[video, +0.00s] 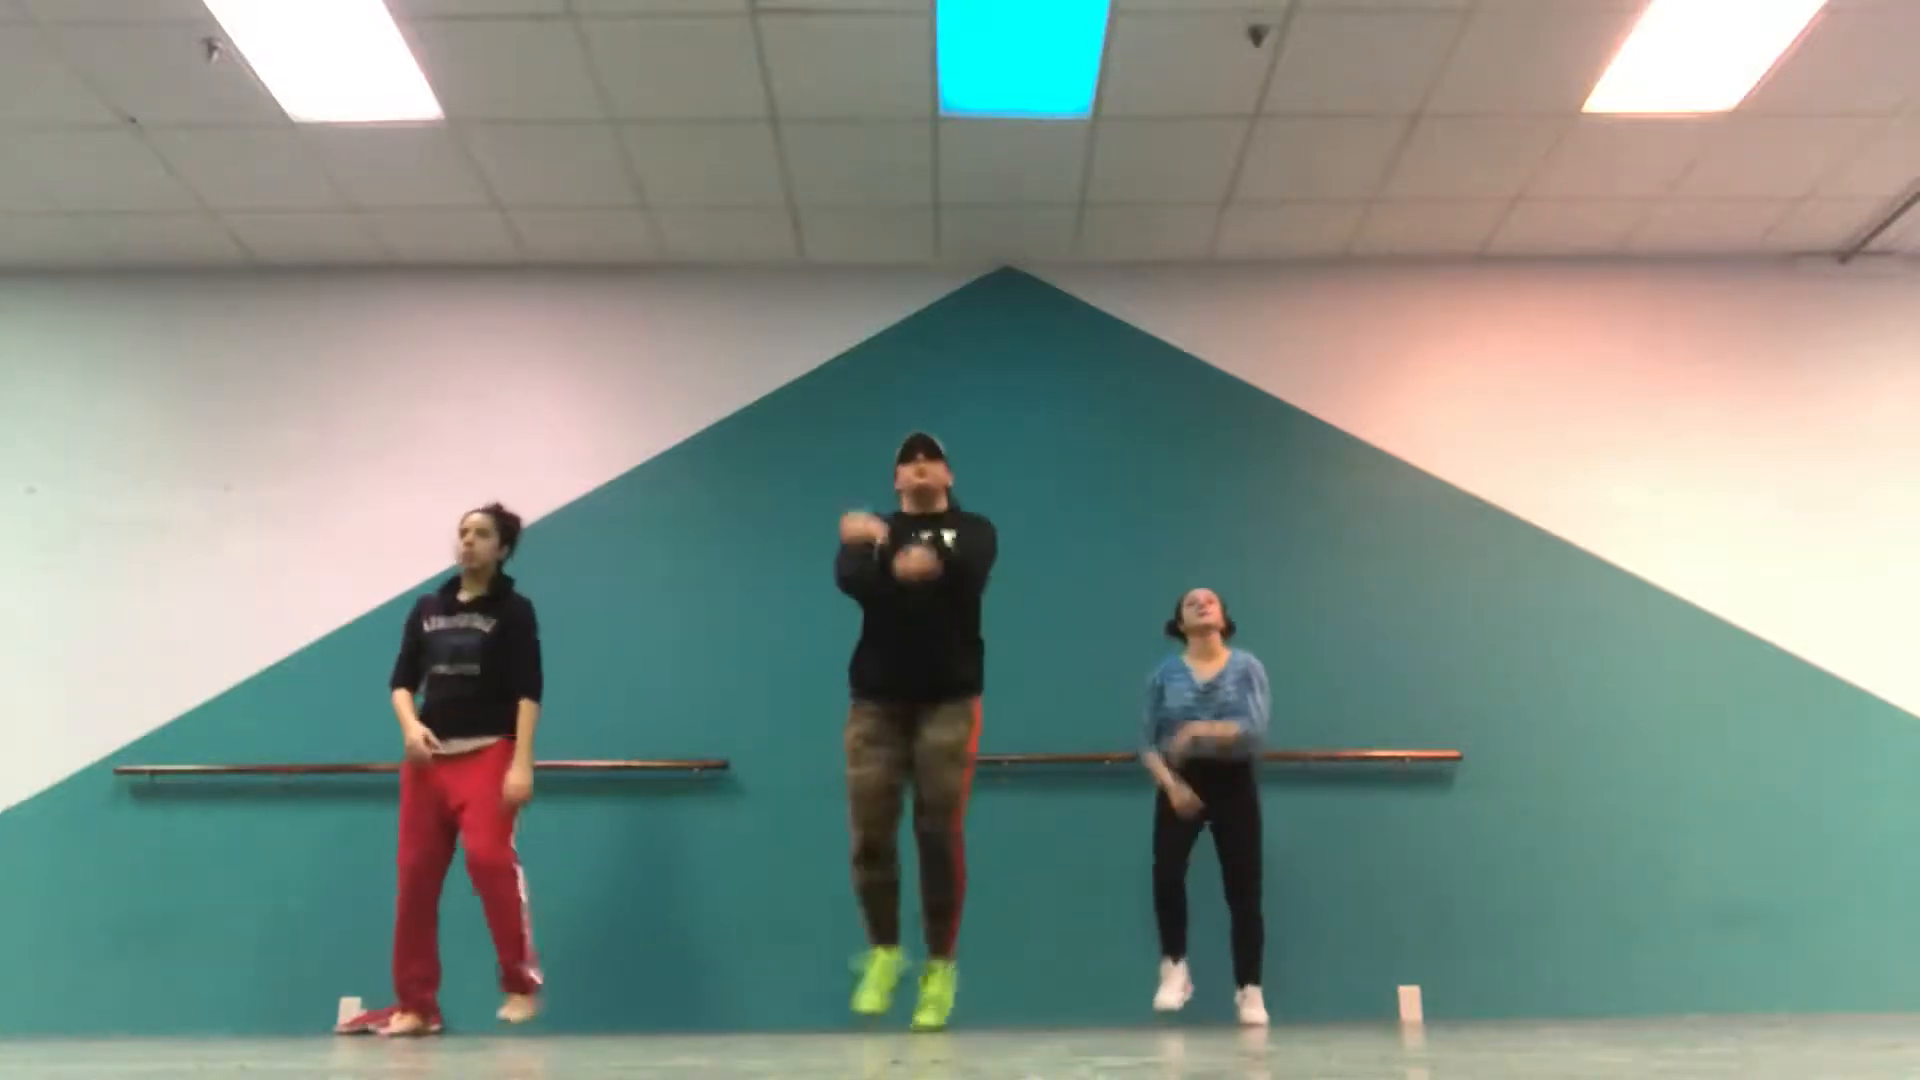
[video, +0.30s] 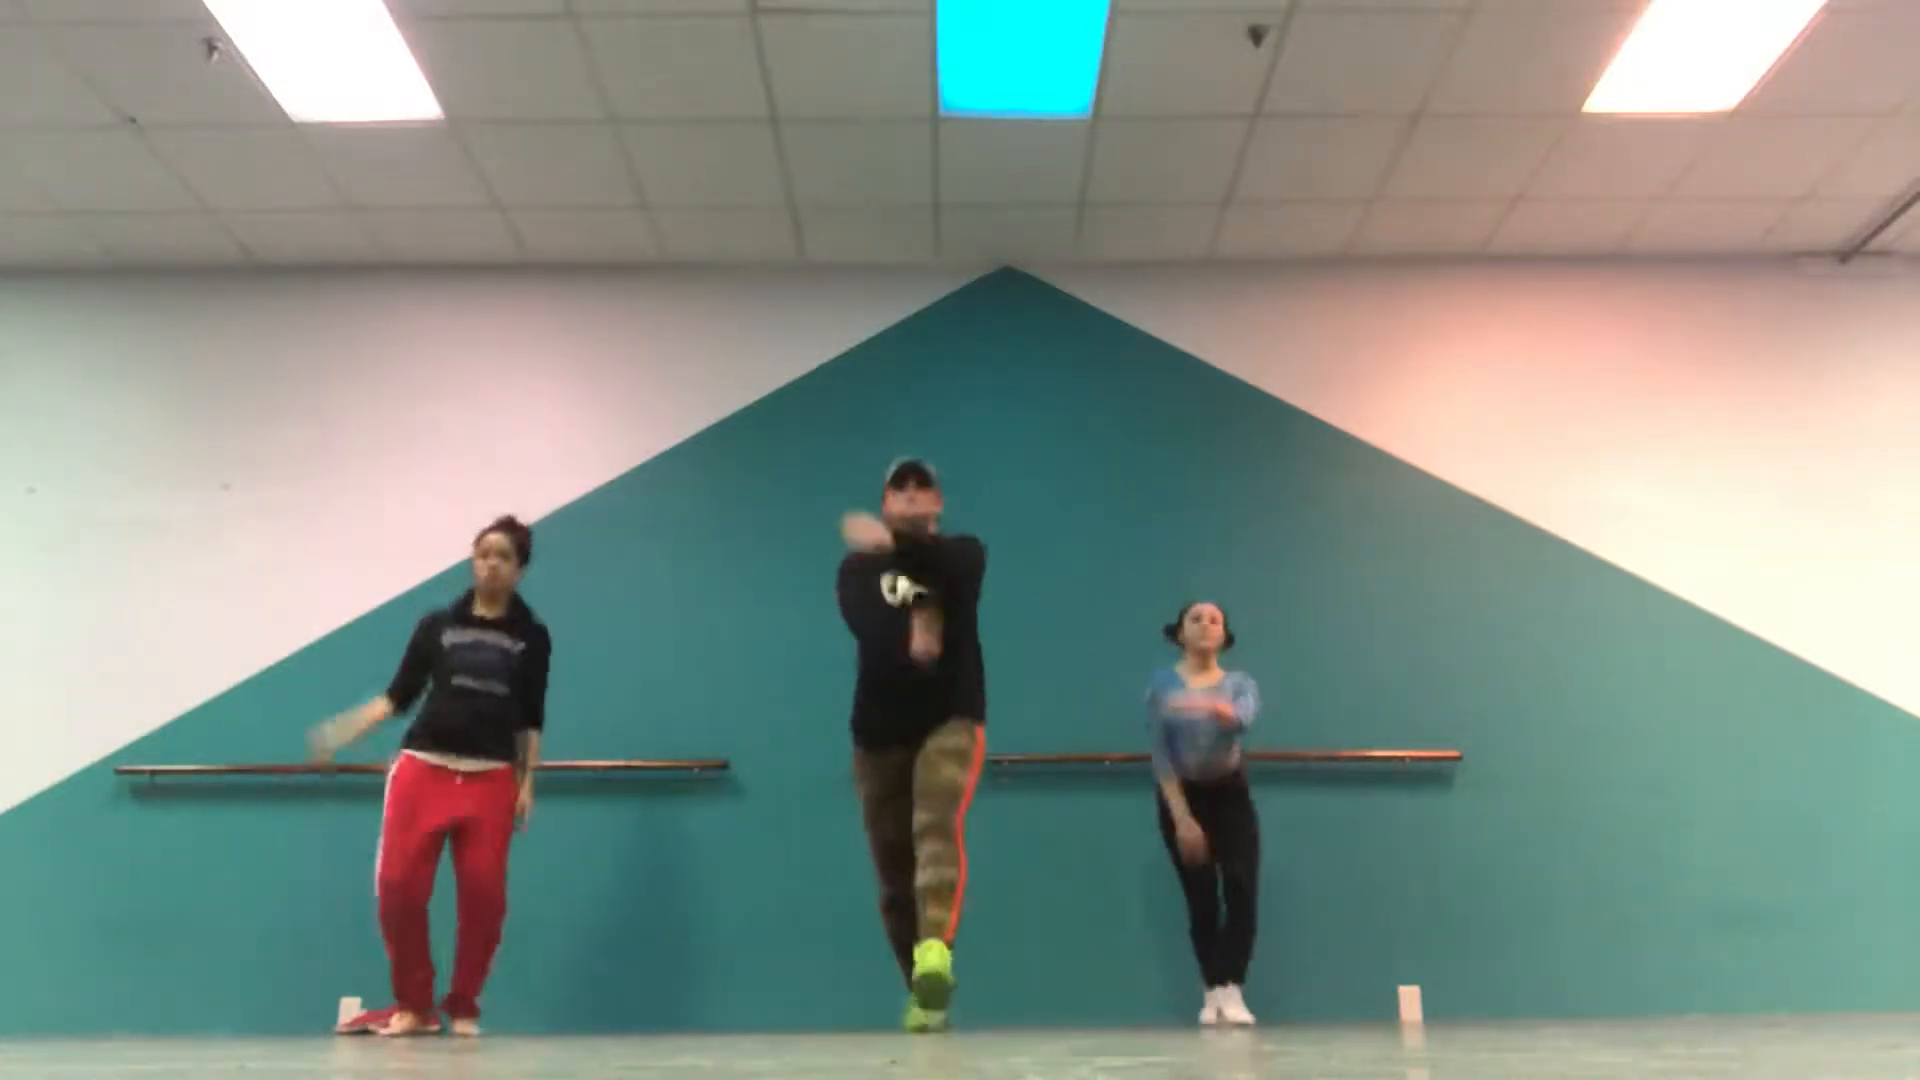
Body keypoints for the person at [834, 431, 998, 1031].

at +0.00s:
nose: (919, 468)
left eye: (930, 460)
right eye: (909, 461)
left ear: (948, 475)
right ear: (895, 476)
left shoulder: (972, 529)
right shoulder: (871, 528)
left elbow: (958, 565)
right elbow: (850, 574)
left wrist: (869, 538)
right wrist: (898, 561)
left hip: (948, 699)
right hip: (876, 698)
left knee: (938, 830)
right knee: (869, 833)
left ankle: (939, 963)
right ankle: (882, 952)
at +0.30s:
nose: (914, 500)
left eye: (924, 491)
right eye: (903, 491)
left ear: (939, 502)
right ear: (884, 502)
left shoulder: (964, 552)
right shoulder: (859, 565)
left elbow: (951, 572)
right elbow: (864, 616)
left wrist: (890, 540)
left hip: (950, 716)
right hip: (882, 722)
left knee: (936, 824)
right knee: (894, 862)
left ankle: (934, 950)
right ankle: (920, 992)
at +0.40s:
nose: (919, 477)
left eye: (930, 468)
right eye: (909, 467)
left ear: (945, 481)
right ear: (891, 480)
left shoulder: (965, 533)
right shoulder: (861, 539)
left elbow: (958, 587)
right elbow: (852, 619)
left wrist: (923, 606)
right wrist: (877, 686)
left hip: (947, 698)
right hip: (875, 702)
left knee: (934, 815)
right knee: (888, 846)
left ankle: (930, 946)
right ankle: (916, 973)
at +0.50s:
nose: (929, 466)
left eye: (940, 460)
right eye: (919, 458)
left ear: (954, 475)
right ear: (900, 472)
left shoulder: (976, 534)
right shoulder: (862, 532)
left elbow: (984, 604)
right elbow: (821, 610)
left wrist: (971, 663)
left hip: (940, 699)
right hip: (862, 703)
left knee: (935, 833)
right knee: (864, 842)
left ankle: (933, 972)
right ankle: (903, 941)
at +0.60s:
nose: (930, 478)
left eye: (942, 471)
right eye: (920, 469)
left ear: (957, 486)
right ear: (901, 481)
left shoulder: (970, 564)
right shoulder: (868, 539)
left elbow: (996, 653)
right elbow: (820, 582)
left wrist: (1008, 736)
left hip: (929, 714)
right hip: (850, 707)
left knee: (939, 844)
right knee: (836, 798)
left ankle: (932, 981)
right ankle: (859, 887)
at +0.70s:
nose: (937, 482)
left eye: (949, 476)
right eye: (927, 473)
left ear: (964, 492)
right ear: (907, 482)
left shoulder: (970, 578)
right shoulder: (865, 523)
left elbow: (973, 667)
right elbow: (808, 523)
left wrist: (965, 740)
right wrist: (817, 478)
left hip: (910, 713)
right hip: (828, 697)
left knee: (935, 827)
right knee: (787, 761)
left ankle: (930, 980)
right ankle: (761, 897)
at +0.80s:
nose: (954, 506)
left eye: (967, 496)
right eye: (945, 492)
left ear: (982, 509)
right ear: (925, 495)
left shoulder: (972, 596)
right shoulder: (883, 524)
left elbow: (953, 681)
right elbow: (803, 523)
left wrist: (914, 737)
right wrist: (832, 576)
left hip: (878, 721)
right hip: (799, 695)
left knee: (930, 825)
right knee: (725, 810)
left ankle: (929, 979)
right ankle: (645, 931)